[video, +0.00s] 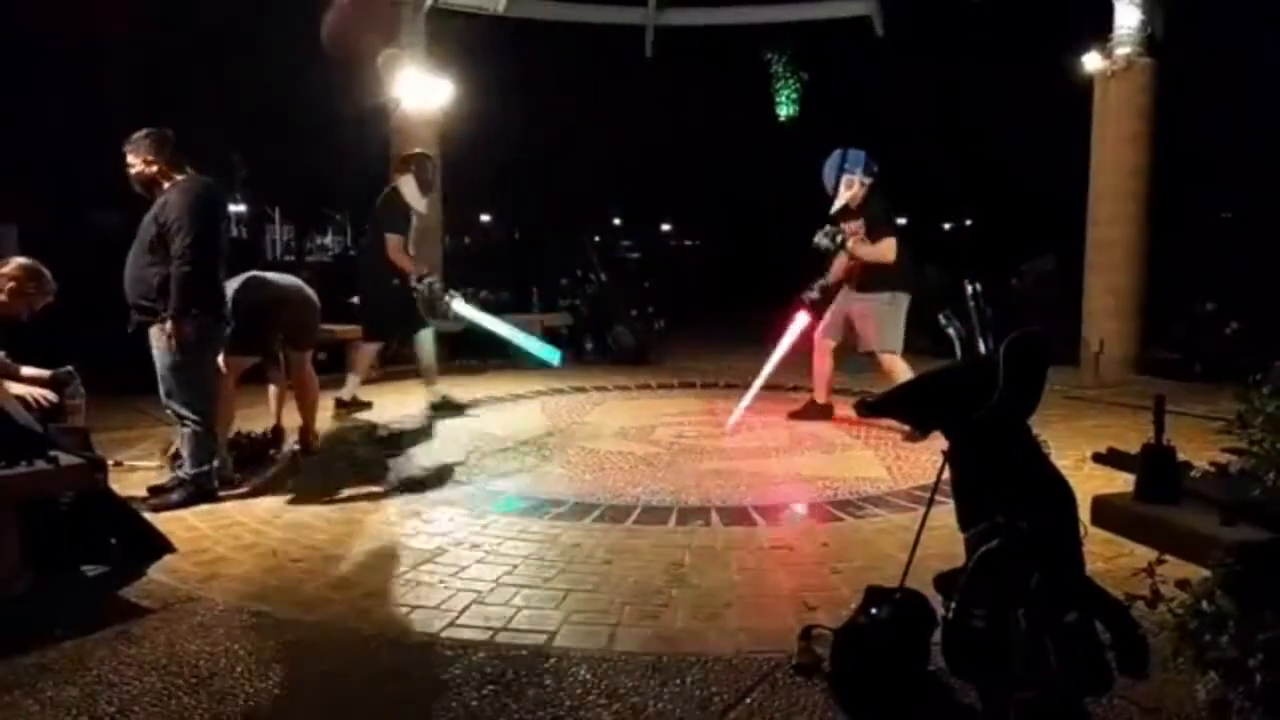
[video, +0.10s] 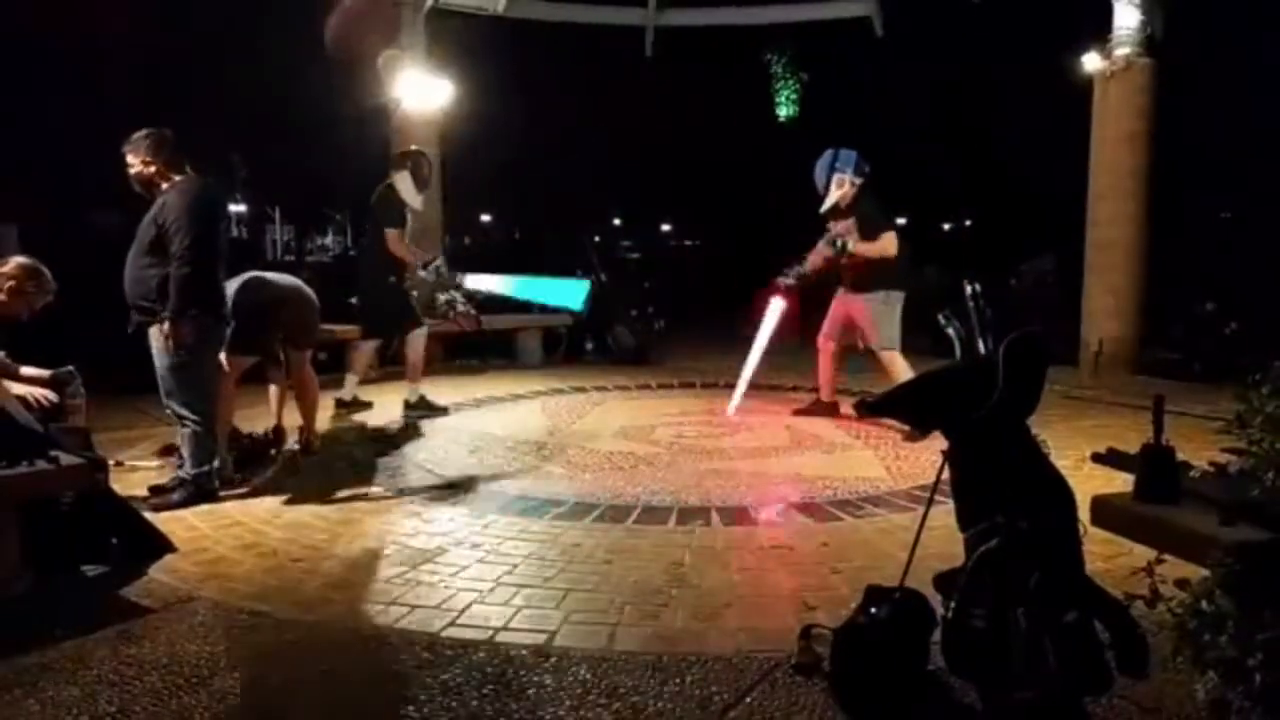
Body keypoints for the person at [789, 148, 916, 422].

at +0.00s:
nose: (846, 191)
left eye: (850, 184)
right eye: (842, 184)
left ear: (862, 182)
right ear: (838, 182)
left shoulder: (878, 207)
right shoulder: (843, 211)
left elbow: (888, 253)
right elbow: (844, 257)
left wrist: (846, 244)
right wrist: (824, 286)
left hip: (885, 291)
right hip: (852, 288)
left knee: (887, 357)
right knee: (824, 339)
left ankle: (923, 411)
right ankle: (820, 402)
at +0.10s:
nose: (837, 190)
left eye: (841, 183)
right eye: (833, 183)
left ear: (852, 182)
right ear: (829, 183)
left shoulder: (869, 207)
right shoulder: (836, 213)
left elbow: (890, 247)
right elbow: (825, 248)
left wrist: (852, 246)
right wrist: (801, 270)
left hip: (880, 292)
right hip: (848, 290)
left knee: (888, 353)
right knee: (827, 343)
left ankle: (922, 411)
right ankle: (826, 400)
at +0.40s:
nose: (808, 184)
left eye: (811, 177)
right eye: (807, 178)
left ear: (824, 175)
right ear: (809, 176)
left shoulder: (844, 199)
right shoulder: (814, 204)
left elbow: (858, 243)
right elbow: (810, 239)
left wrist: (834, 274)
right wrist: (779, 241)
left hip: (860, 280)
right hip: (831, 280)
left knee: (860, 340)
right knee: (819, 336)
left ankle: (880, 396)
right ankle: (826, 399)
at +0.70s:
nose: (808, 195)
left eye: (811, 188)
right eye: (806, 189)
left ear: (823, 185)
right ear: (807, 188)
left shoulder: (844, 209)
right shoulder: (811, 214)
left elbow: (845, 256)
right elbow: (813, 249)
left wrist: (807, 261)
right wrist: (787, 248)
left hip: (851, 291)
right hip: (821, 286)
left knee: (849, 351)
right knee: (783, 325)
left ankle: (866, 397)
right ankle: (795, 387)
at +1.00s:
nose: (767, 195)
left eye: (771, 188)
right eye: (765, 189)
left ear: (783, 186)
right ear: (765, 187)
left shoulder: (804, 209)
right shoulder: (773, 213)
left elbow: (810, 254)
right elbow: (776, 253)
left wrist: (777, 268)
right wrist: (746, 263)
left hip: (822, 292)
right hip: (789, 289)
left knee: (829, 352)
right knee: (767, 338)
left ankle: (862, 394)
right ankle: (763, 401)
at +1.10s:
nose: (759, 193)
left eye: (764, 186)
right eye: (757, 187)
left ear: (776, 185)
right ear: (759, 187)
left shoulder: (796, 208)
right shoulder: (762, 219)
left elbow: (805, 254)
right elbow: (745, 259)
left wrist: (772, 276)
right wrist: (710, 261)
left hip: (817, 288)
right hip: (785, 288)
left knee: (822, 349)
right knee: (764, 338)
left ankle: (857, 394)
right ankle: (762, 401)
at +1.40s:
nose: (771, 191)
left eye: (776, 184)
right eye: (767, 185)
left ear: (788, 182)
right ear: (760, 184)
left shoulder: (804, 208)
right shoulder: (763, 215)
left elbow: (821, 252)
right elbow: (747, 250)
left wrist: (797, 279)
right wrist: (718, 276)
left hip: (816, 285)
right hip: (783, 285)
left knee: (816, 345)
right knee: (763, 340)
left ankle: (845, 412)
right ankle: (761, 401)